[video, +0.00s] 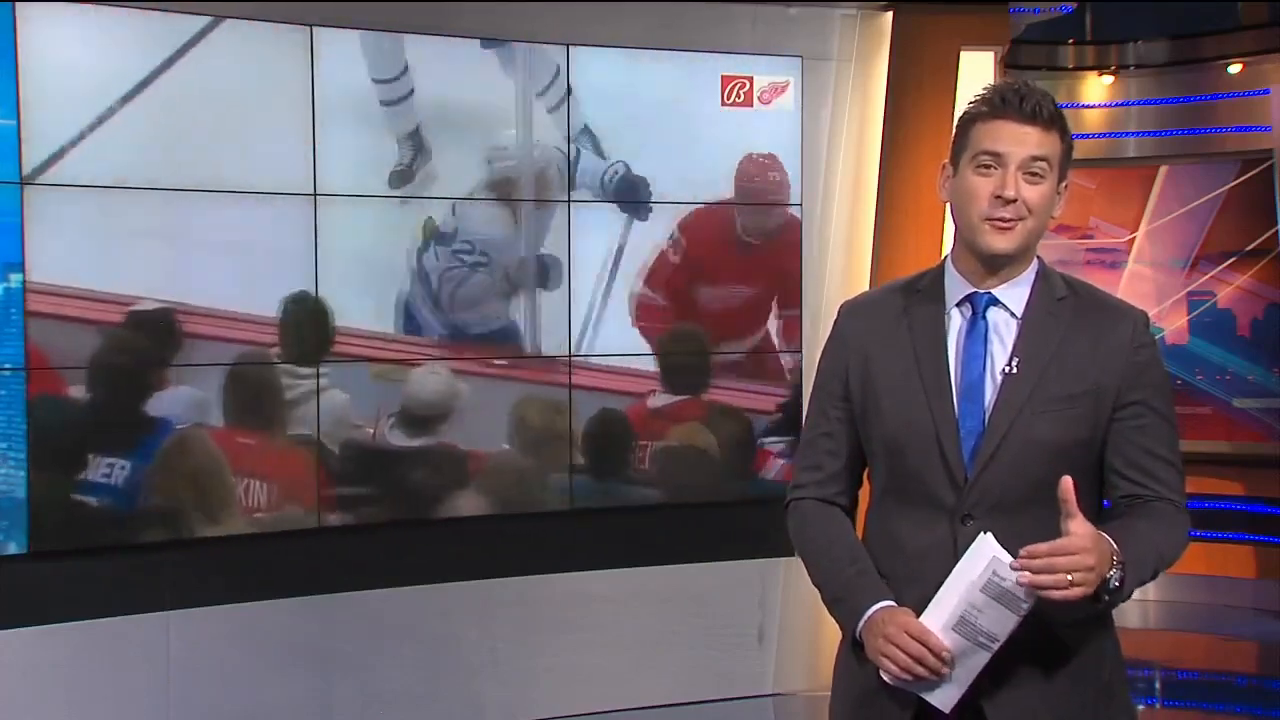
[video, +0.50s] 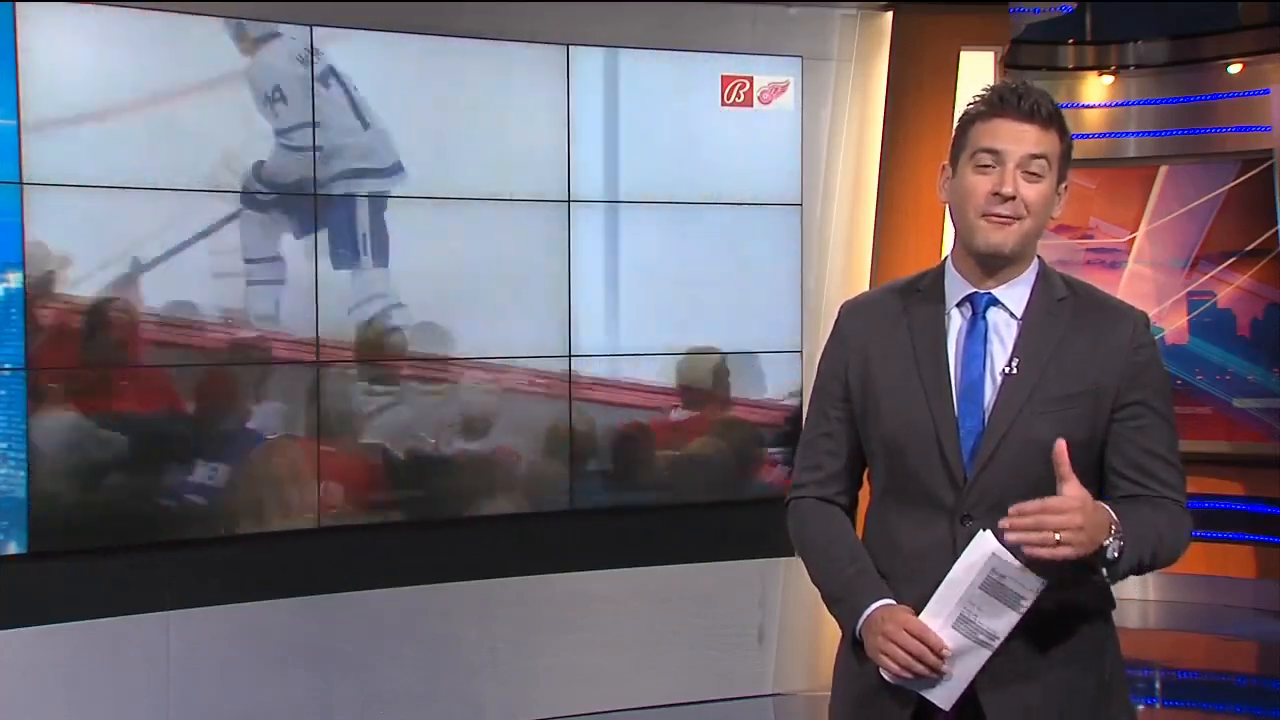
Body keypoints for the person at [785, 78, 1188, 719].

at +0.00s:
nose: (1008, 191)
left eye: (1033, 173)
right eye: (987, 166)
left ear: (1058, 196)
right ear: (949, 183)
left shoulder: (1118, 337)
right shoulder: (864, 327)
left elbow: (1158, 509)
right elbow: (816, 498)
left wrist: (1111, 557)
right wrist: (869, 612)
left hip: (1055, 692)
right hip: (890, 688)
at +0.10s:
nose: (1006, 190)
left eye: (1032, 173)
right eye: (986, 165)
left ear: (1058, 196)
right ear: (948, 182)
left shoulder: (1118, 337)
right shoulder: (864, 327)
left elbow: (1157, 510)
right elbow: (816, 498)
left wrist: (1112, 564)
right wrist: (869, 611)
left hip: (1055, 692)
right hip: (890, 688)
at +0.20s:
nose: (1004, 190)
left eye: (1031, 173)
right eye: (985, 165)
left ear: (1057, 196)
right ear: (948, 182)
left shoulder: (1118, 337)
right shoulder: (864, 327)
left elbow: (1157, 510)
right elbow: (815, 497)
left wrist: (1111, 559)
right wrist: (869, 611)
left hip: (1055, 692)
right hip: (890, 688)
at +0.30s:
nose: (1006, 190)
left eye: (1031, 172)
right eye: (985, 165)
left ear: (1057, 196)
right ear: (948, 183)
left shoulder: (1118, 337)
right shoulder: (864, 327)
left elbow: (1156, 509)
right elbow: (816, 497)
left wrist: (1114, 563)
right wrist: (869, 612)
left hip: (1055, 693)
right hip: (890, 689)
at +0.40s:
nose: (1006, 187)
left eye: (1032, 171)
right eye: (986, 163)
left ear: (1057, 197)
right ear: (947, 183)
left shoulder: (1118, 338)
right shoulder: (864, 327)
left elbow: (1161, 511)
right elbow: (815, 496)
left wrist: (1112, 547)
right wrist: (869, 610)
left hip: (1054, 692)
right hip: (889, 688)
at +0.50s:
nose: (1006, 188)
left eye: (1032, 172)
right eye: (986, 164)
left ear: (1058, 196)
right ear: (947, 183)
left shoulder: (1119, 338)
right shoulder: (865, 327)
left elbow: (1163, 515)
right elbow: (816, 497)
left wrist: (1109, 531)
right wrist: (869, 610)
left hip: (1053, 690)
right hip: (889, 687)